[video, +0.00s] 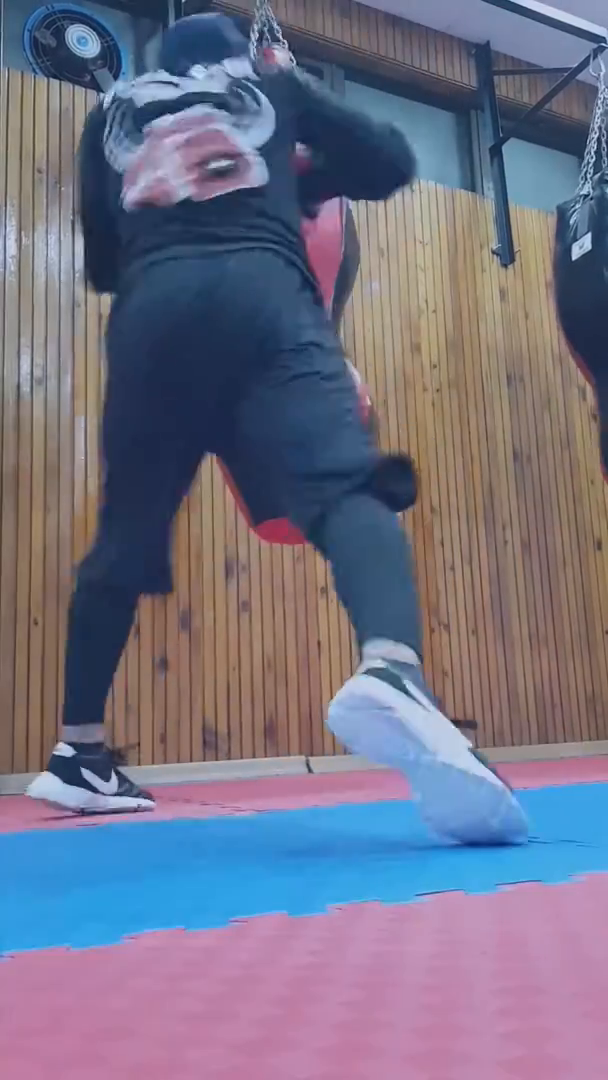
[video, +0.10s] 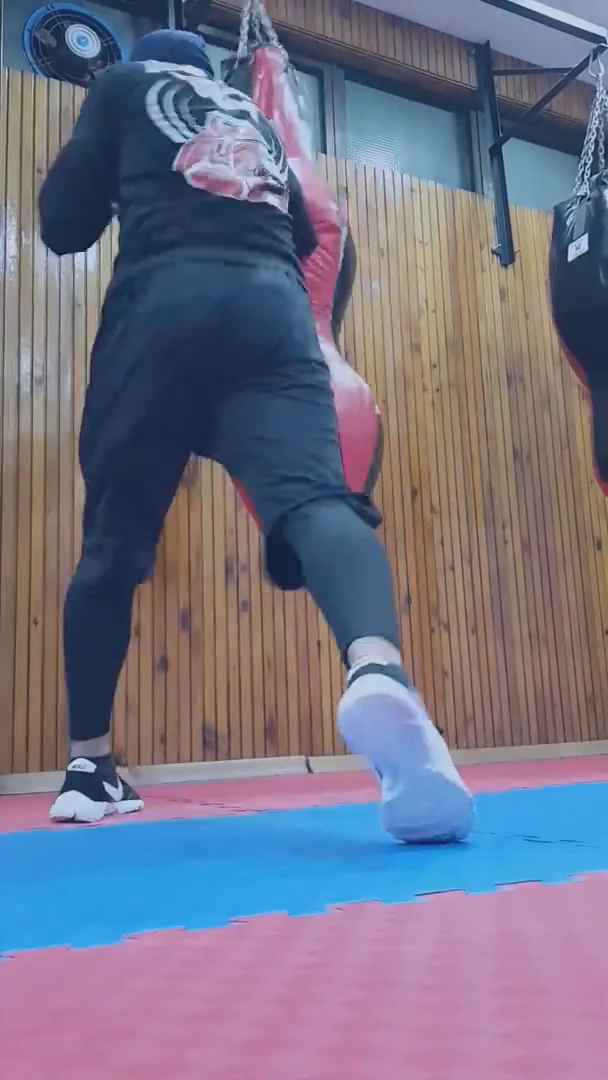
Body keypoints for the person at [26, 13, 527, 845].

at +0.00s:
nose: (260, 55)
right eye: (253, 46)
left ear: (164, 60)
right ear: (244, 50)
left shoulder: (112, 112)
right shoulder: (271, 87)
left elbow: (104, 262)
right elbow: (389, 165)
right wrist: (301, 180)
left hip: (151, 295)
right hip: (262, 278)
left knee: (126, 530)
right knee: (340, 487)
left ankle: (79, 749)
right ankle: (391, 668)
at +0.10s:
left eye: (131, 63)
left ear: (146, 59)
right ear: (218, 68)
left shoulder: (124, 84)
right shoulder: (259, 122)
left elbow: (64, 224)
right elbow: (301, 232)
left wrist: (113, 149)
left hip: (162, 292)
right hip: (270, 292)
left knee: (113, 546)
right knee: (314, 494)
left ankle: (88, 765)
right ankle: (375, 668)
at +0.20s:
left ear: (130, 42)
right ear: (211, 36)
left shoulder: (98, 90)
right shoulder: (263, 91)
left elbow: (63, 247)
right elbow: (316, 230)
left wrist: (121, 160)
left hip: (156, 308)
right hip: (270, 300)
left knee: (120, 545)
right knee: (331, 514)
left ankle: (91, 763)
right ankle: (369, 672)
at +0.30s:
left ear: (141, 9)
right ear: (228, 4)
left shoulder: (100, 76)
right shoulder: (282, 50)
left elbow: (85, 238)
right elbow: (351, 200)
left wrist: (166, 174)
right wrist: (268, 157)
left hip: (151, 289)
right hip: (264, 266)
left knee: (141, 540)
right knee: (356, 499)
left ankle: (93, 766)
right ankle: (337, 693)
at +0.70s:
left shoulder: (172, 11)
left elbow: (109, 143)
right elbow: (424, 135)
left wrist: (208, 144)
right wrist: (336, 70)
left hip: (154, 231)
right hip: (273, 200)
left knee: (162, 514)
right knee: (401, 471)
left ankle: (130, 762)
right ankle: (391, 756)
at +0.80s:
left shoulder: (190, 29)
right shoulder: (356, 8)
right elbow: (428, 166)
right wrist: (342, 103)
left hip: (141, 254)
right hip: (259, 241)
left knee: (156, 519)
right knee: (422, 502)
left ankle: (90, 751)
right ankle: (398, 751)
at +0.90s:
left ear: (240, 11)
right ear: (302, 3)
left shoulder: (197, 69)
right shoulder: (318, 15)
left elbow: (253, 251)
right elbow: (346, 176)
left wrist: (374, 229)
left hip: (113, 293)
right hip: (212, 268)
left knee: (157, 538)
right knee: (411, 502)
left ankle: (31, 741)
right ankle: (394, 750)